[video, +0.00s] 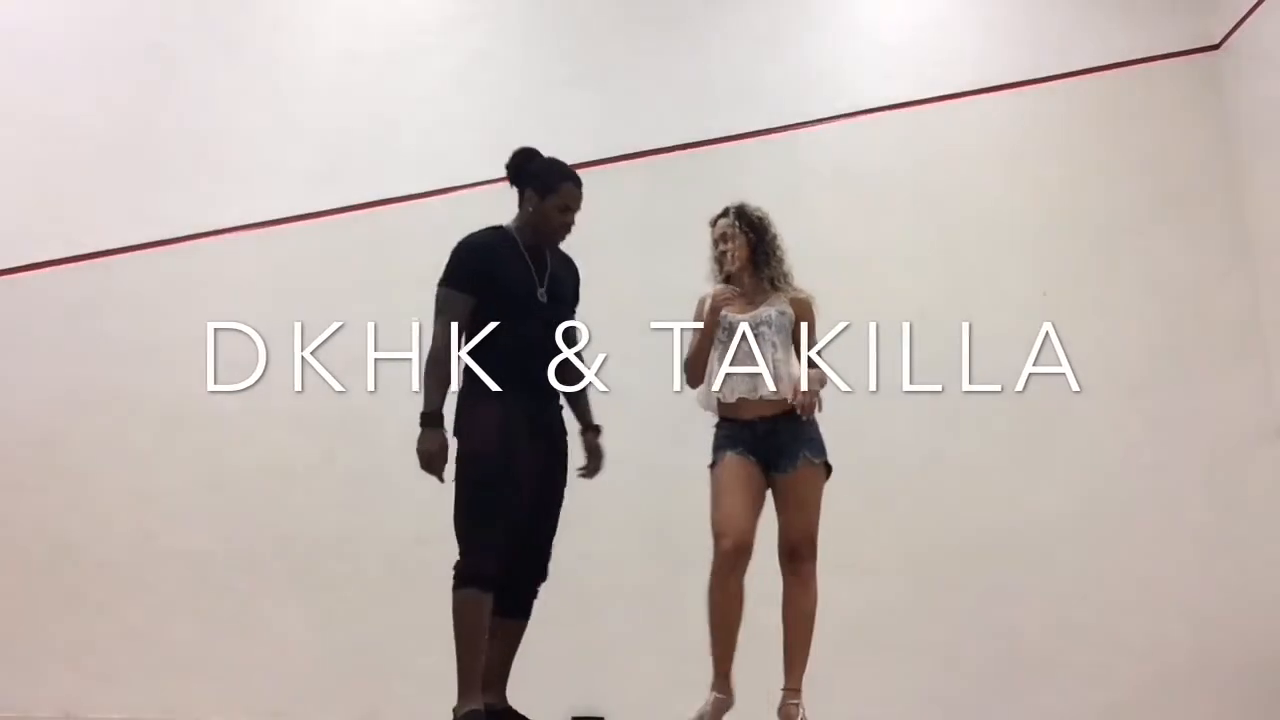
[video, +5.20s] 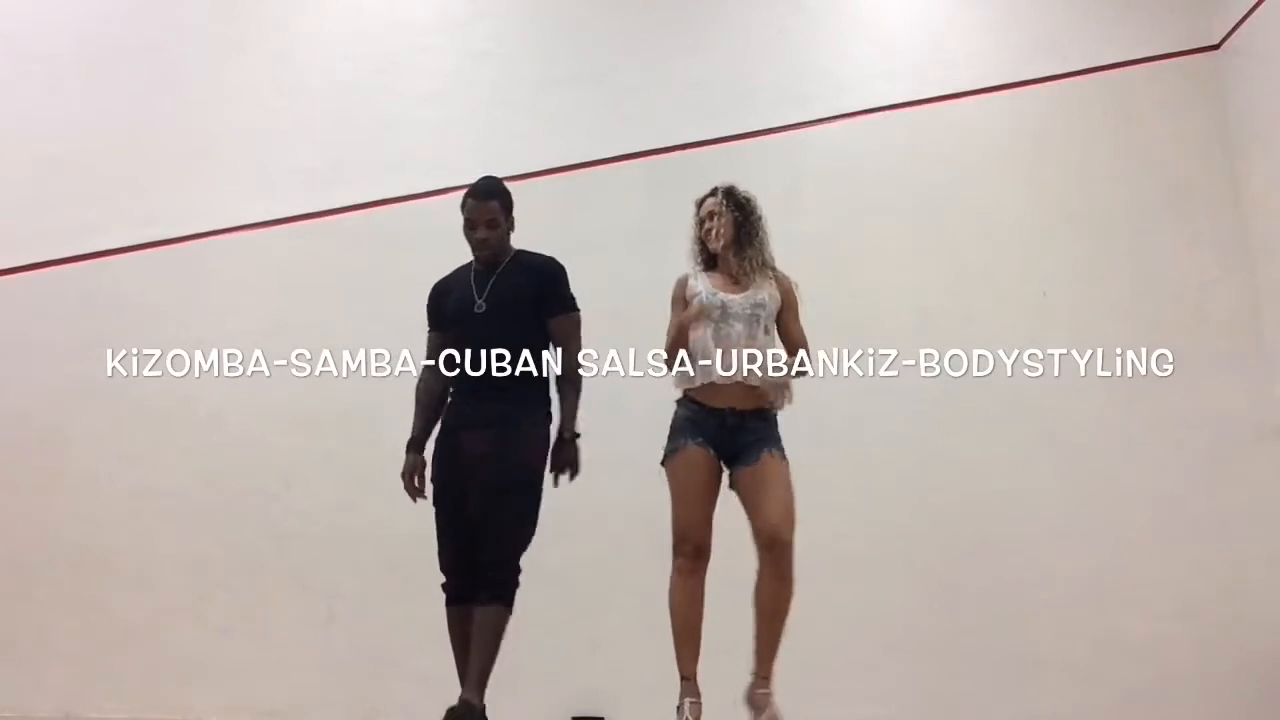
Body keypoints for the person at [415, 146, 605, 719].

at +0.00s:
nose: (573, 221)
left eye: (577, 210)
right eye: (565, 209)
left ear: (565, 208)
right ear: (528, 201)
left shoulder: (564, 269)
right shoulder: (479, 251)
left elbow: (566, 356)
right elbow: (445, 341)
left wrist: (588, 425)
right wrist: (433, 421)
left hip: (544, 432)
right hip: (487, 427)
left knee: (527, 563)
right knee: (482, 556)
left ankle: (495, 696)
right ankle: (469, 699)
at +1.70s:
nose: (479, 219)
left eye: (491, 215)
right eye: (471, 212)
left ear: (505, 233)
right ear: (457, 227)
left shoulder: (531, 288)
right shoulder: (437, 297)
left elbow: (574, 362)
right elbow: (426, 377)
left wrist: (581, 442)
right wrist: (422, 449)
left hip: (531, 449)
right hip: (469, 448)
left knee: (544, 577)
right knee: (445, 577)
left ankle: (556, 703)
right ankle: (438, 704)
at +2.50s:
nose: (501, 210)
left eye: (512, 207)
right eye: (491, 206)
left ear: (526, 230)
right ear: (476, 228)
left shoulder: (543, 300)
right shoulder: (448, 272)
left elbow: (559, 377)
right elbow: (403, 346)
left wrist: (515, 390)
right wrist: (378, 419)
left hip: (504, 456)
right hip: (438, 452)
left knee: (497, 577)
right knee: (425, 569)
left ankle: (465, 703)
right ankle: (432, 689)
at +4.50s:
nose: (520, 204)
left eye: (531, 197)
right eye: (511, 196)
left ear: (546, 208)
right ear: (496, 206)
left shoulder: (572, 276)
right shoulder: (464, 268)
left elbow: (589, 344)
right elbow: (441, 348)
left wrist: (592, 353)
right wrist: (422, 405)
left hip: (549, 438)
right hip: (481, 434)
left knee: (534, 573)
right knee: (467, 553)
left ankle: (514, 703)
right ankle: (474, 671)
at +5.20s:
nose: (480, 231)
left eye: (490, 221)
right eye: (471, 222)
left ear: (510, 220)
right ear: (462, 224)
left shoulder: (543, 274)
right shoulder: (447, 290)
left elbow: (571, 357)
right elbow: (435, 372)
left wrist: (567, 432)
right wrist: (416, 445)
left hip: (518, 446)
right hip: (457, 446)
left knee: (497, 565)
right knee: (458, 569)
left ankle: (472, 697)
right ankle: (472, 697)